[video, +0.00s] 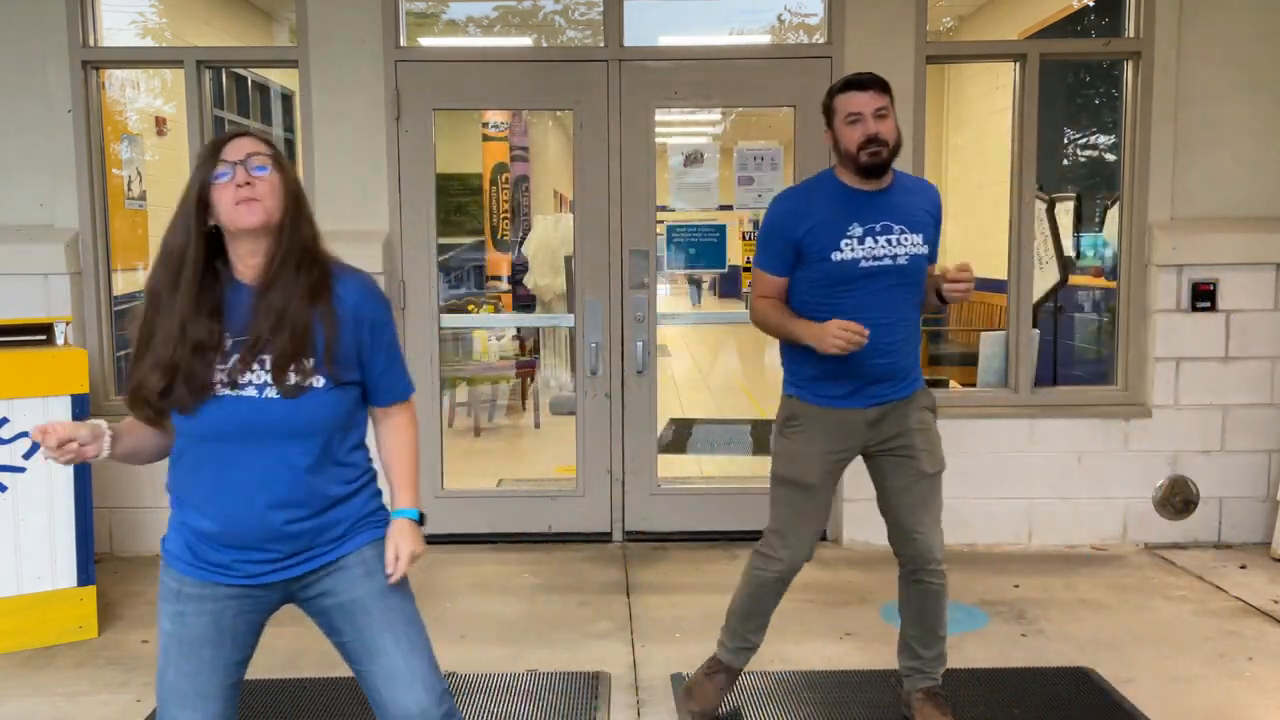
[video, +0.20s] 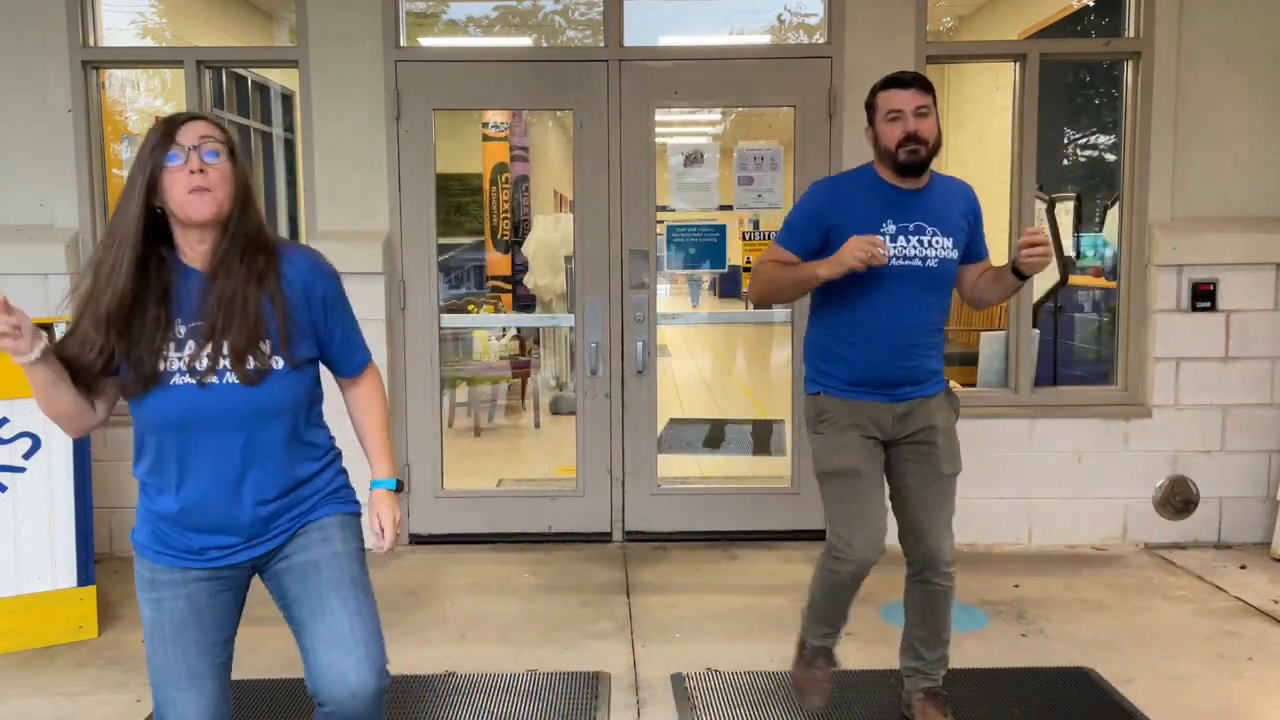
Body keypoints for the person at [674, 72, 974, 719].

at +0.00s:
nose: (871, 129)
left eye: (881, 116)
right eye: (854, 120)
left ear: (897, 124)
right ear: (831, 134)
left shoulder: (922, 201)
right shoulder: (793, 210)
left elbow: (911, 290)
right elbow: (762, 305)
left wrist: (942, 288)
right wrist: (812, 332)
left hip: (903, 406)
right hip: (817, 411)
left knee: (924, 556)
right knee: (785, 550)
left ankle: (924, 687)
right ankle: (726, 662)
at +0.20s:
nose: (910, 127)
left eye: (922, 114)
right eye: (894, 116)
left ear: (938, 125)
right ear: (871, 130)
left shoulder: (958, 200)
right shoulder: (830, 198)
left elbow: (978, 292)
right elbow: (762, 285)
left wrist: (1016, 268)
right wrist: (830, 265)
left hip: (925, 403)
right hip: (842, 405)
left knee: (933, 555)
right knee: (858, 545)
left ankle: (925, 684)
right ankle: (816, 649)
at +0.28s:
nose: (916, 120)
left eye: (928, 107)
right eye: (900, 110)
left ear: (945, 118)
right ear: (879, 124)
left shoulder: (964, 192)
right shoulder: (835, 187)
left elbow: (991, 283)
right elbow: (765, 276)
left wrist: (1043, 260)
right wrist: (820, 249)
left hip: (929, 395)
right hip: (848, 396)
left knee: (932, 551)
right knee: (871, 545)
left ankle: (924, 684)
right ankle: (860, 675)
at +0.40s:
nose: (918, 127)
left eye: (930, 114)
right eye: (902, 117)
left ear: (948, 122)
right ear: (881, 130)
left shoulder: (968, 198)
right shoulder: (839, 190)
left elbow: (1006, 280)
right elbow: (766, 273)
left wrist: (1059, 263)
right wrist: (807, 250)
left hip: (935, 400)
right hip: (856, 404)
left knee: (940, 554)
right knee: (882, 552)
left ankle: (926, 685)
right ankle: (876, 686)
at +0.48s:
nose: (916, 127)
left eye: (928, 113)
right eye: (900, 117)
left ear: (947, 122)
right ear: (880, 129)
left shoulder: (968, 195)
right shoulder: (840, 190)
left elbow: (994, 277)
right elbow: (766, 269)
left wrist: (1026, 267)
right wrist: (827, 257)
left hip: (938, 401)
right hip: (857, 406)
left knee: (942, 553)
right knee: (876, 554)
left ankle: (927, 684)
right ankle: (877, 683)